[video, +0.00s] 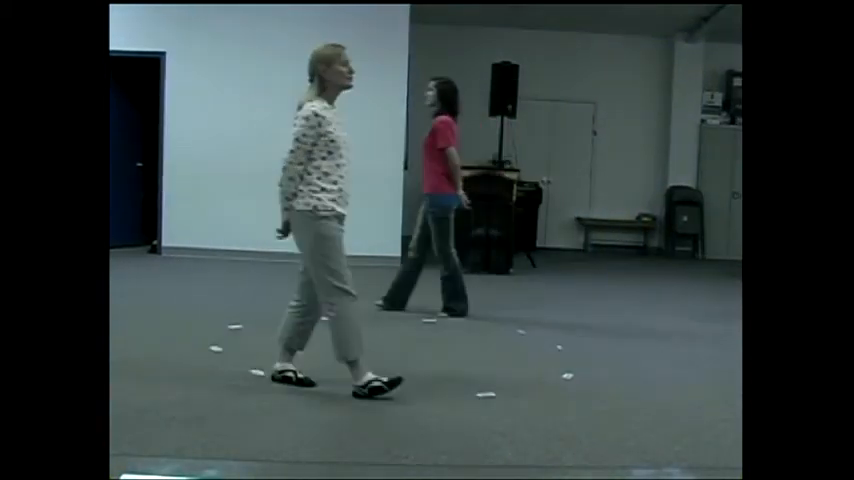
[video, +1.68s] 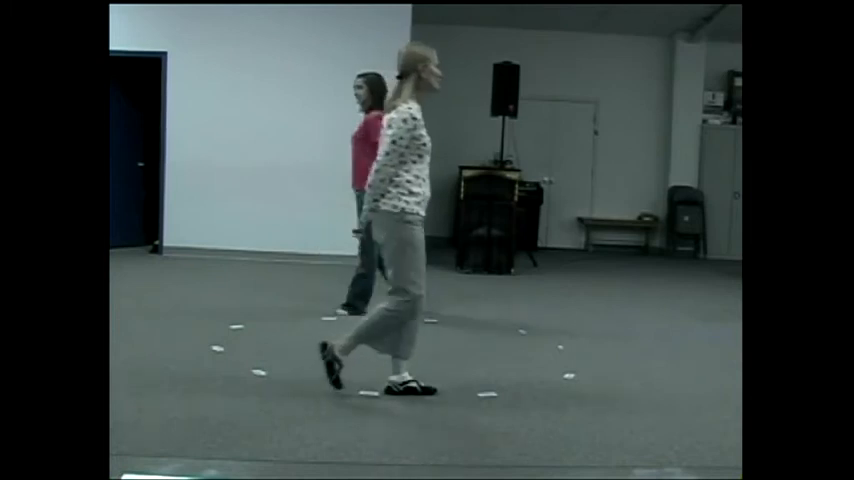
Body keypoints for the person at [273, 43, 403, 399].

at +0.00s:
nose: (351, 70)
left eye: (350, 65)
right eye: (343, 66)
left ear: (334, 74)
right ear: (323, 72)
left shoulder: (328, 113)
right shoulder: (312, 113)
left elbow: (307, 166)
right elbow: (293, 166)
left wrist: (291, 213)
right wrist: (287, 212)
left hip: (325, 213)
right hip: (314, 213)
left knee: (309, 295)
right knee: (340, 293)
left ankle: (284, 364)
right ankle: (361, 377)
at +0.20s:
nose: (368, 69)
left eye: (366, 64)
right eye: (360, 64)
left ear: (345, 72)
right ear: (340, 70)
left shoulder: (339, 112)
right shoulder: (335, 113)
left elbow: (325, 168)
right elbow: (319, 167)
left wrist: (315, 216)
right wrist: (312, 215)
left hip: (340, 211)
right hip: (345, 212)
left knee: (353, 295)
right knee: (368, 293)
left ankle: (300, 349)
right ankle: (369, 379)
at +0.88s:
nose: (374, 64)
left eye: (373, 59)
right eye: (368, 59)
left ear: (351, 65)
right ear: (348, 64)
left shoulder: (345, 105)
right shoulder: (332, 106)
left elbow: (318, 157)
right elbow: (306, 156)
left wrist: (302, 204)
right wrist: (299, 202)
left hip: (333, 204)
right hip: (326, 205)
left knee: (321, 287)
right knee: (352, 286)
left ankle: (285, 355)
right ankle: (346, 373)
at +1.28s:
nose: (390, 63)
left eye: (388, 57)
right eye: (383, 57)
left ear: (365, 63)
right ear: (364, 62)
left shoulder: (359, 105)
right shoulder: (348, 105)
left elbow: (334, 158)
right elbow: (323, 156)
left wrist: (315, 204)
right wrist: (310, 204)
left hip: (358, 207)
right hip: (339, 205)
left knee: (372, 285)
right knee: (331, 288)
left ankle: (334, 357)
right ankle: (296, 364)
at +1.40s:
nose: (403, 69)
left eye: (402, 63)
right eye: (398, 63)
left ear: (379, 67)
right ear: (380, 66)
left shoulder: (377, 109)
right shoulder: (365, 109)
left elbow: (351, 161)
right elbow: (338, 159)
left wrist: (327, 207)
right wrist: (324, 207)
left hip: (371, 211)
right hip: (354, 209)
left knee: (378, 291)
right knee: (335, 288)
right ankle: (296, 364)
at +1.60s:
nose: (431, 71)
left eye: (429, 65)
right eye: (427, 66)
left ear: (407, 69)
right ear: (412, 69)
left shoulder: (399, 112)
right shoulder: (395, 113)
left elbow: (377, 165)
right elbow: (372, 164)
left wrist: (358, 211)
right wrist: (358, 210)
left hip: (396, 214)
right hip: (387, 213)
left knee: (404, 296)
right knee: (382, 293)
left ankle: (398, 376)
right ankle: (319, 357)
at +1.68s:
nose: (440, 74)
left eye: (439, 68)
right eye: (436, 68)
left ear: (414, 72)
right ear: (421, 71)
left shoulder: (407, 113)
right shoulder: (405, 115)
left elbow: (387, 170)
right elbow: (381, 171)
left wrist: (367, 216)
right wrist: (366, 216)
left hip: (399, 214)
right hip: (398, 214)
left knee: (409, 295)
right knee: (408, 296)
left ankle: (400, 375)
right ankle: (338, 351)